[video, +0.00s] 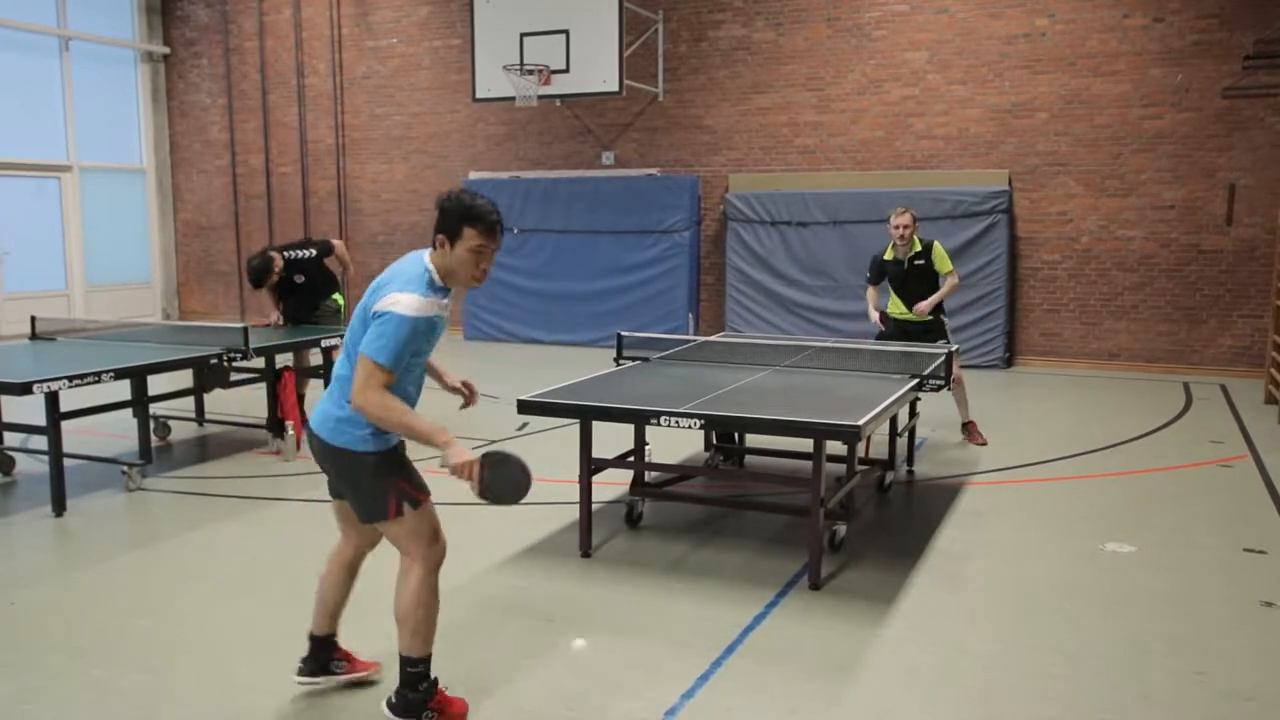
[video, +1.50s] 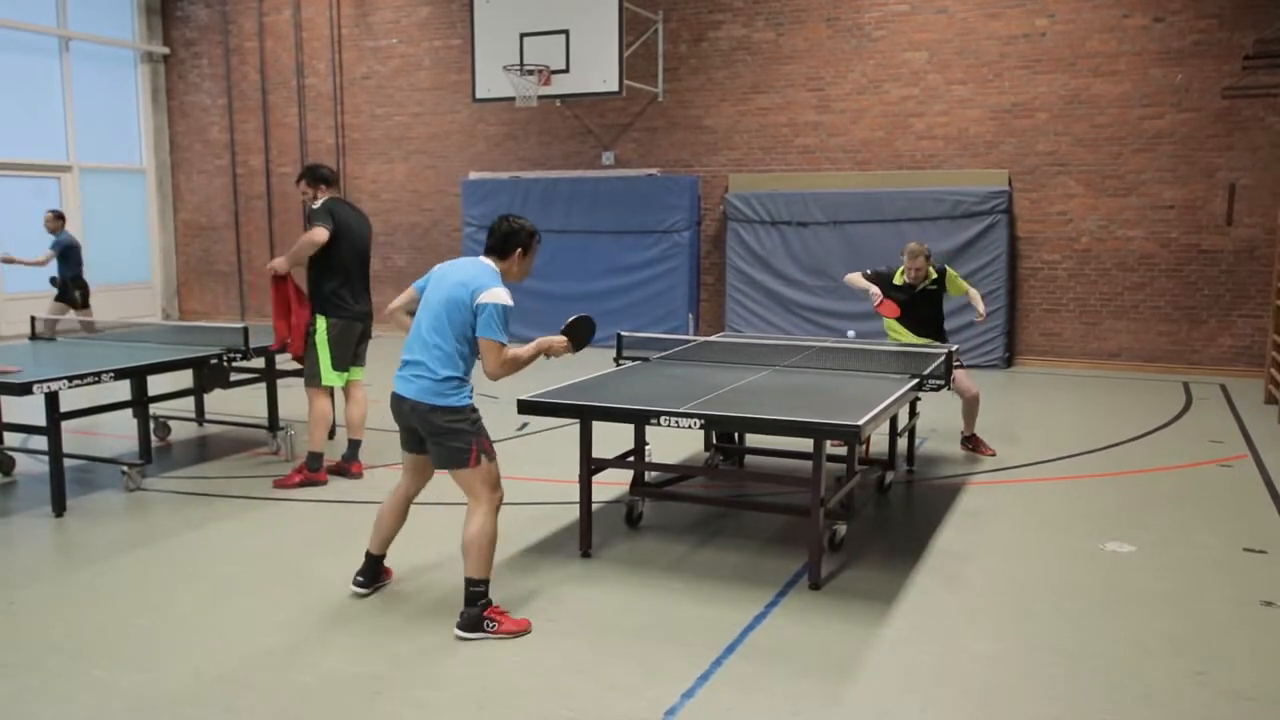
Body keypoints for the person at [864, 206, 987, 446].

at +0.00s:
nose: (901, 232)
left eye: (906, 227)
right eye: (896, 227)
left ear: (915, 228)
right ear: (889, 229)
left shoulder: (931, 248)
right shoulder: (882, 258)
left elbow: (952, 279)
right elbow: (872, 286)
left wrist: (931, 302)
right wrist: (873, 310)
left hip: (931, 323)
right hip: (896, 322)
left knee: (955, 374)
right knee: (877, 372)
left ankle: (967, 423)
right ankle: (866, 429)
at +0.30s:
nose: (921, 314)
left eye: (926, 311)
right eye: (916, 310)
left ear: (936, 301)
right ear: (910, 298)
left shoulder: (946, 299)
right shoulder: (898, 298)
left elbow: (948, 337)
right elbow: (890, 327)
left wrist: (929, 338)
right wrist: (923, 318)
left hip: (940, 354)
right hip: (903, 355)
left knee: (971, 387)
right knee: (875, 387)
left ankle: (969, 436)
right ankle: (862, 439)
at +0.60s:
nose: (929, 308)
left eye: (934, 305)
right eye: (925, 304)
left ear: (942, 297)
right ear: (918, 293)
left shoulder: (949, 293)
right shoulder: (905, 297)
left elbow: (957, 327)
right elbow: (911, 322)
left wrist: (938, 330)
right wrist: (944, 313)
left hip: (938, 356)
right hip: (904, 357)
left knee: (978, 388)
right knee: (877, 391)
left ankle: (970, 437)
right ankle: (863, 437)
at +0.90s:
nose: (932, 254)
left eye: (936, 249)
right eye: (927, 249)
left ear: (943, 244)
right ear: (917, 241)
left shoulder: (948, 253)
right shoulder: (904, 256)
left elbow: (967, 278)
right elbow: (934, 264)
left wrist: (953, 273)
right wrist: (952, 241)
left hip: (935, 332)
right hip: (900, 332)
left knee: (965, 382)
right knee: (882, 383)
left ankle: (969, 435)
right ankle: (860, 433)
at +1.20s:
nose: (923, 283)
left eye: (928, 279)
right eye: (918, 277)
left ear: (935, 271)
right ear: (910, 268)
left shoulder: (939, 268)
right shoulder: (893, 278)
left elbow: (957, 277)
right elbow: (884, 313)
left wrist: (976, 290)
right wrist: (918, 302)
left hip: (932, 341)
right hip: (896, 343)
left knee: (971, 388)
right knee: (878, 389)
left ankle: (969, 437)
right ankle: (860, 437)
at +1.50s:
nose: (913, 274)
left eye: (918, 269)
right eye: (909, 269)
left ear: (928, 265)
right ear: (903, 264)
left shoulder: (941, 275)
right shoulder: (889, 277)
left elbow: (969, 291)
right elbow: (849, 278)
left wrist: (980, 308)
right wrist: (870, 287)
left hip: (937, 351)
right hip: (900, 351)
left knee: (971, 394)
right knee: (871, 391)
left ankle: (969, 437)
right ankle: (857, 437)